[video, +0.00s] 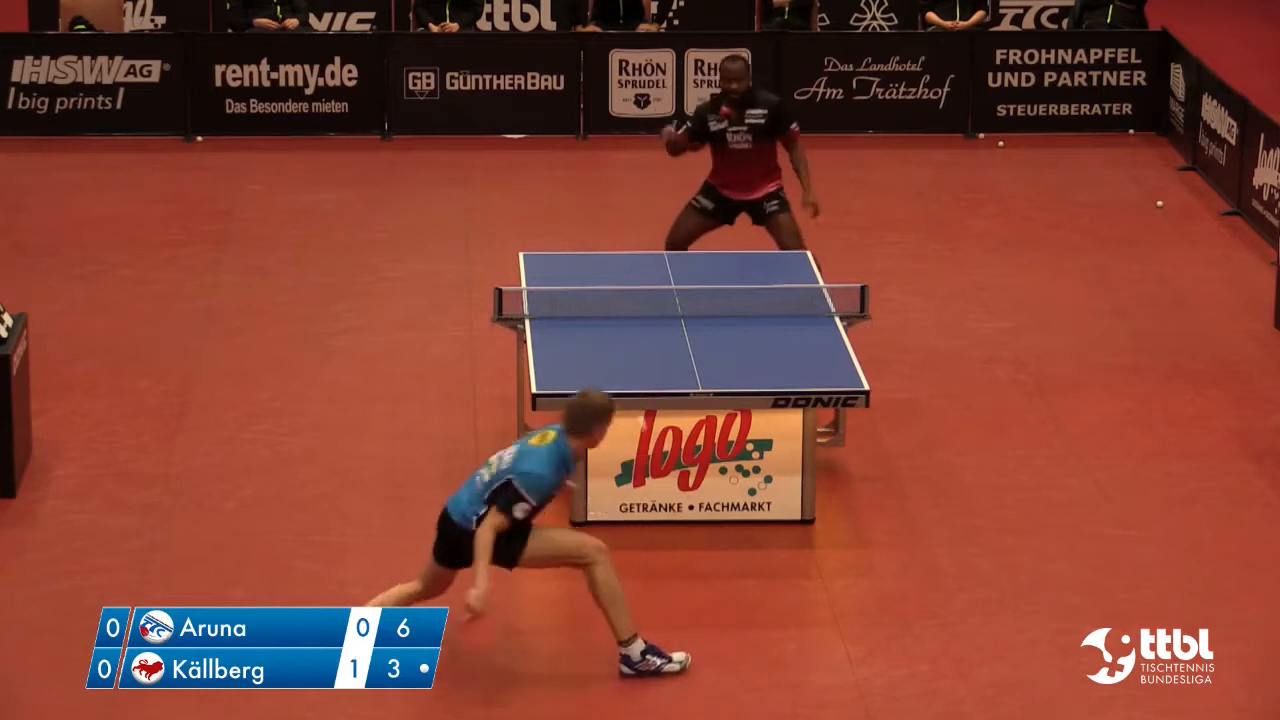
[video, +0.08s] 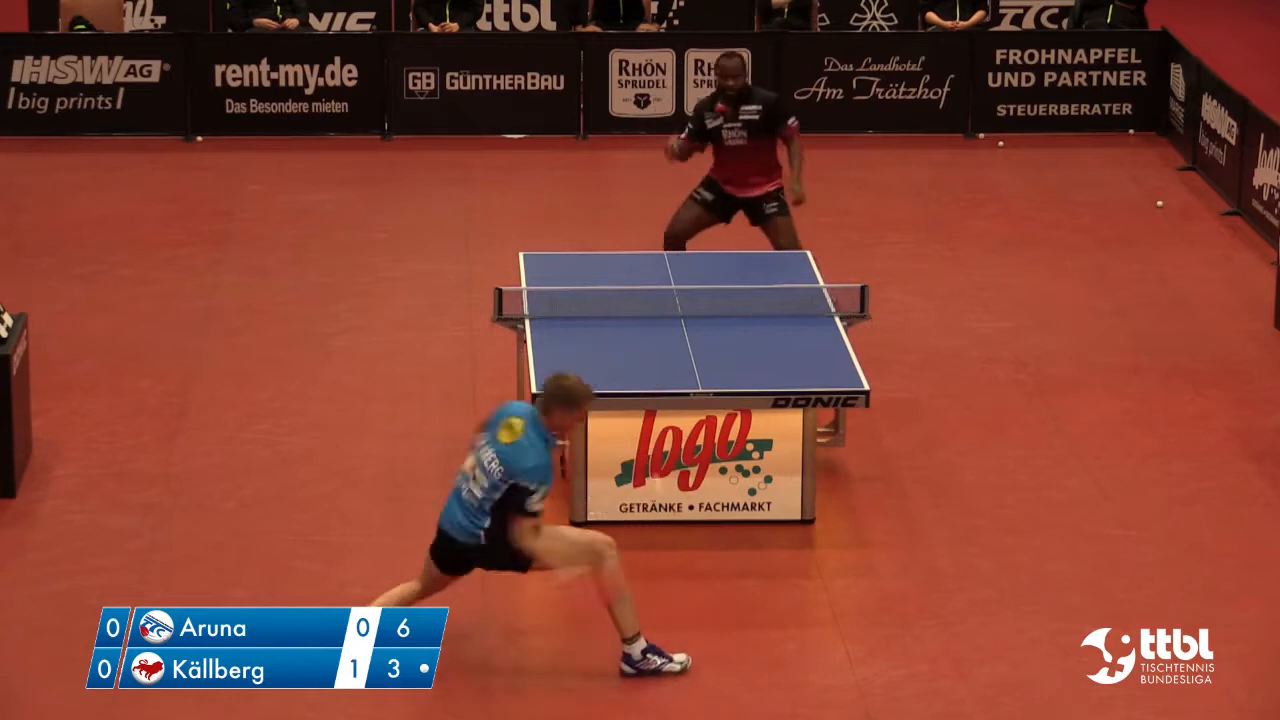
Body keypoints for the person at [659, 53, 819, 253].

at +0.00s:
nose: (733, 87)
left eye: (738, 81)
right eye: (727, 81)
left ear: (749, 80)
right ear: (720, 81)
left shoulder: (772, 106)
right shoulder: (709, 111)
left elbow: (794, 146)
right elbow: (676, 150)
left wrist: (807, 191)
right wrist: (673, 140)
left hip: (765, 193)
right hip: (721, 192)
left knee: (796, 253)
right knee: (675, 244)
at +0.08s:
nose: (730, 83)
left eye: (736, 77)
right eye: (724, 77)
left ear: (746, 76)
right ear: (716, 77)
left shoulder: (769, 103)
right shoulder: (706, 109)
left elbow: (793, 139)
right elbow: (690, 146)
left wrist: (796, 183)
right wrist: (677, 148)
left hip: (764, 190)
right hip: (721, 187)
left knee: (791, 252)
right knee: (673, 236)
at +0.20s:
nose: (721, 96)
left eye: (726, 89)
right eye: (715, 90)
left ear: (735, 88)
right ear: (706, 90)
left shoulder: (756, 113)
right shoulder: (701, 121)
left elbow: (785, 152)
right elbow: (692, 160)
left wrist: (776, 184)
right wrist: (681, 174)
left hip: (761, 196)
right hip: (719, 196)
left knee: (789, 254)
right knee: (670, 244)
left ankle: (833, 300)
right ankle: (659, 307)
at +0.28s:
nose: (719, 111)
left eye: (725, 104)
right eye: (713, 105)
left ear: (735, 103)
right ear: (706, 105)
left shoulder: (756, 127)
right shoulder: (699, 135)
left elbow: (785, 168)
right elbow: (690, 178)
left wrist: (770, 190)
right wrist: (685, 193)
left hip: (764, 208)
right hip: (720, 207)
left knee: (799, 260)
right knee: (667, 244)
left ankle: (846, 319)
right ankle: (662, 313)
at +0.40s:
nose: (748, 128)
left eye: (753, 121)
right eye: (742, 122)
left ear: (762, 119)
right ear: (734, 122)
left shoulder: (782, 143)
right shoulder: (722, 152)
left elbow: (813, 179)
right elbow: (712, 197)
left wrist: (797, 195)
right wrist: (724, 212)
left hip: (781, 218)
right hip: (738, 220)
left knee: (818, 267)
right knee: (684, 253)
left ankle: (858, 325)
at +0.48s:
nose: (775, 133)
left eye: (780, 126)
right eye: (770, 127)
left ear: (790, 123)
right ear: (761, 127)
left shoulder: (811, 143)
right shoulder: (751, 152)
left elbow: (843, 179)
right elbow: (741, 196)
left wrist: (829, 197)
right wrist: (760, 209)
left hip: (808, 217)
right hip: (766, 220)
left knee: (837, 266)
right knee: (719, 258)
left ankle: (868, 330)